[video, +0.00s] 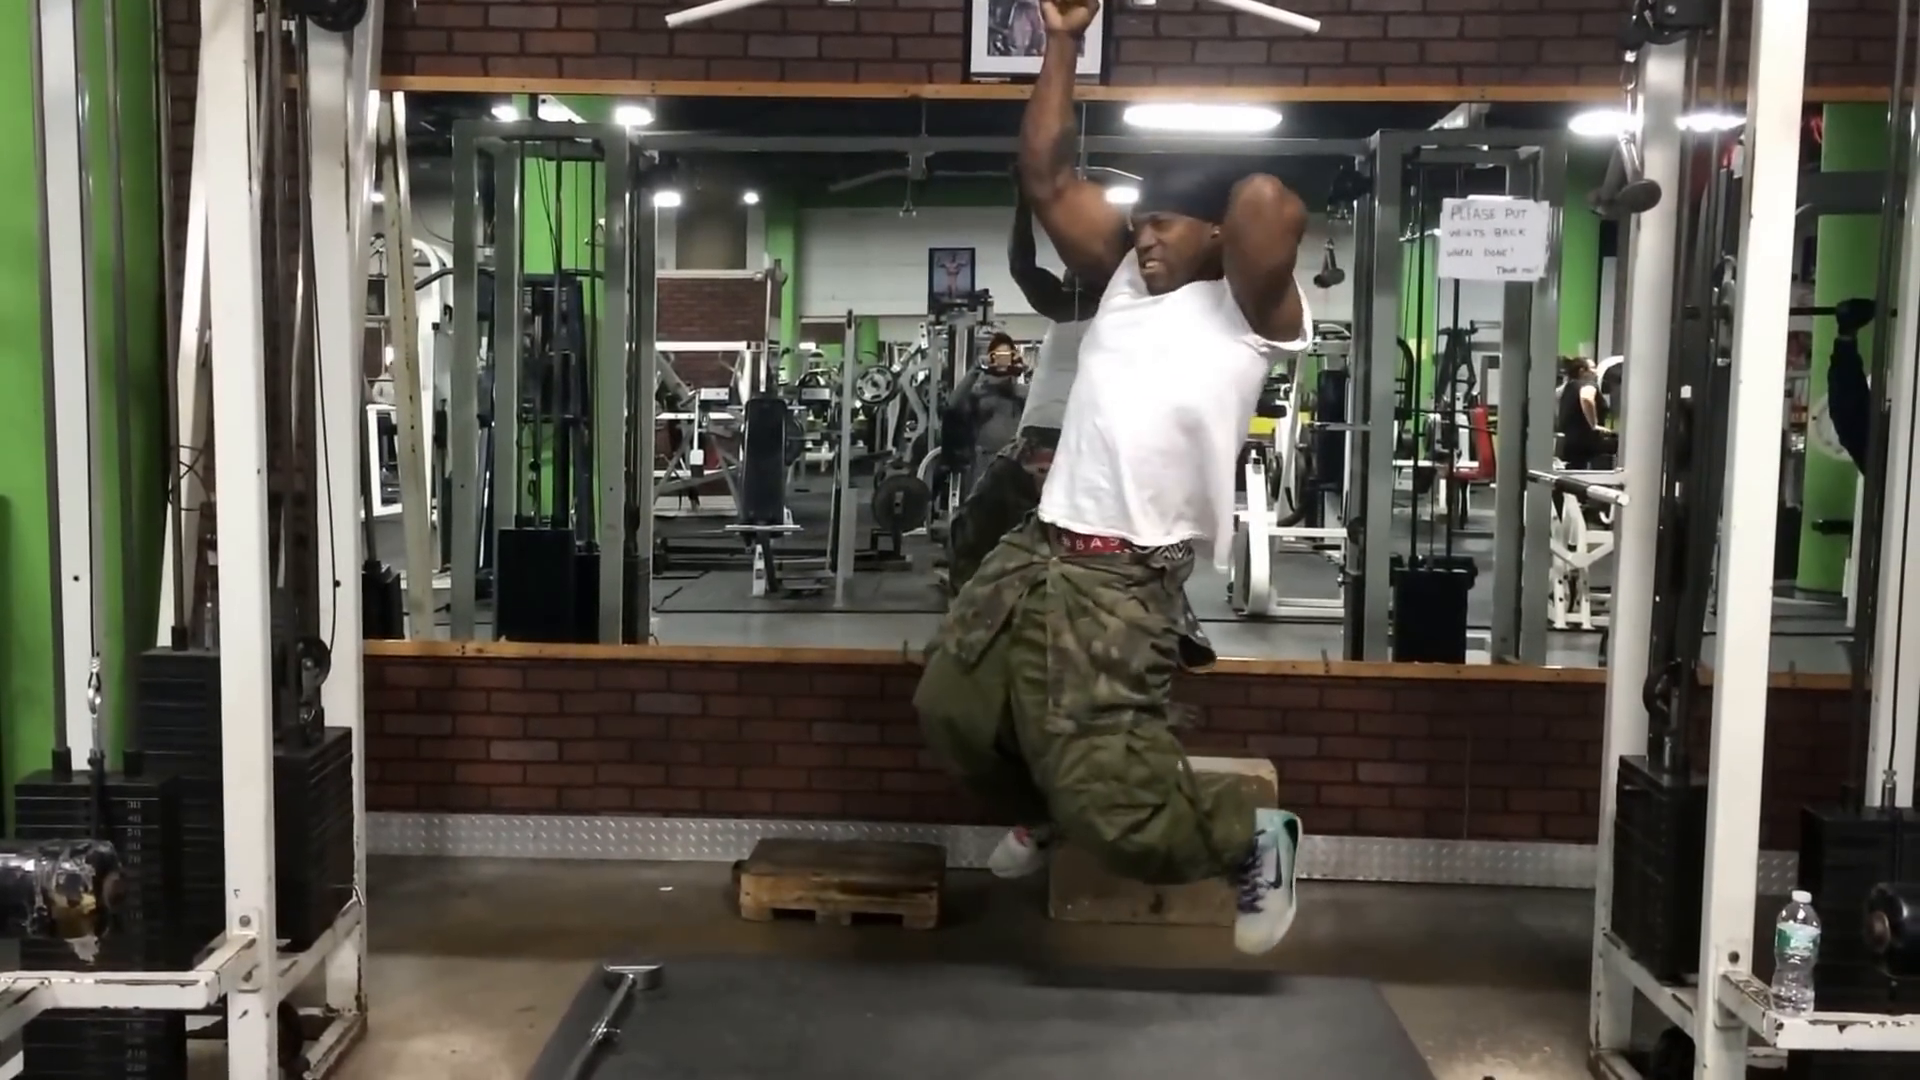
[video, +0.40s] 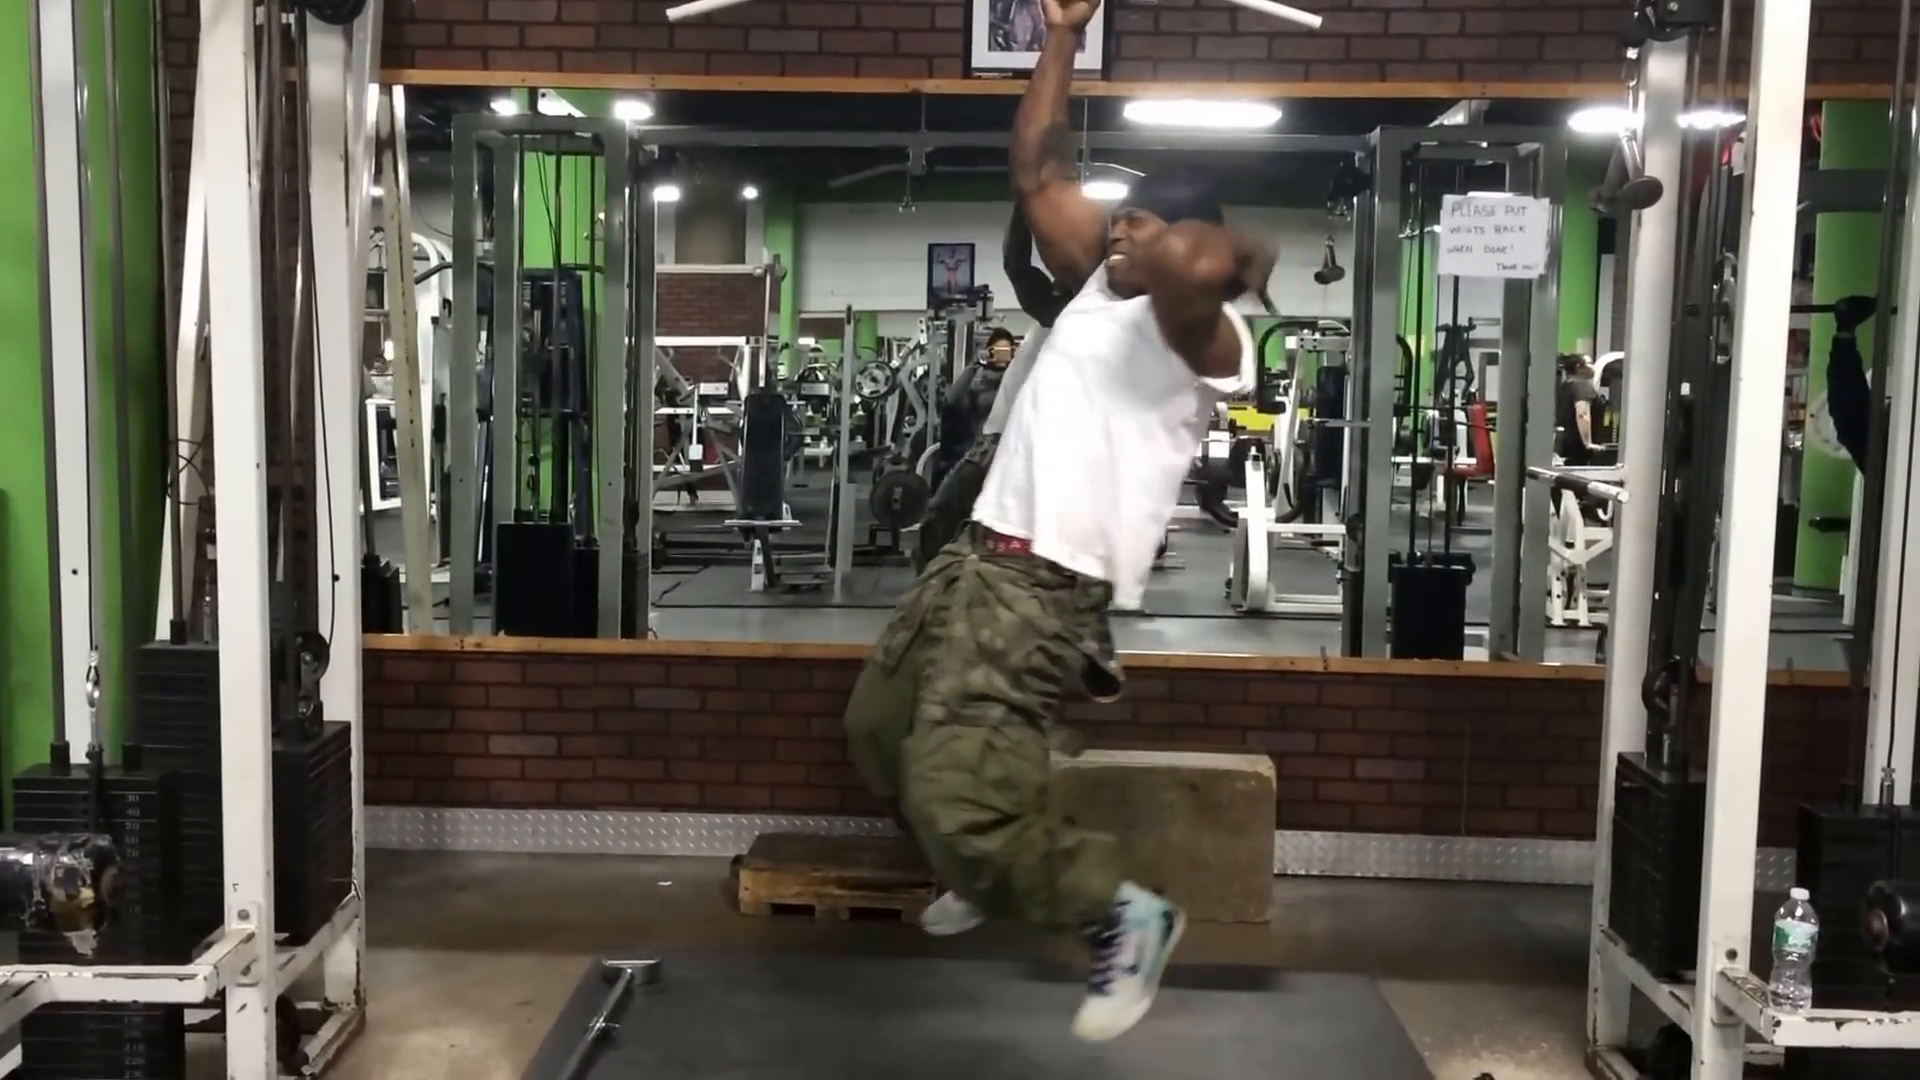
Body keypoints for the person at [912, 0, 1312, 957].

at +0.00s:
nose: (1144, 237)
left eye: (1162, 224)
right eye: (1142, 224)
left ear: (1215, 233)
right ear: (1142, 233)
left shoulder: (1248, 313)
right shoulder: (1117, 278)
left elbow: (1265, 198)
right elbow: (1045, 173)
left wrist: (1234, 254)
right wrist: (1061, 39)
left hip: (1125, 588)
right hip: (1035, 559)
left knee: (1103, 812)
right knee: (952, 707)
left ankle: (1254, 831)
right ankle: (1033, 820)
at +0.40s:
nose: (1132, 228)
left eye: (1156, 223)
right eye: (1136, 217)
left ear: (1205, 260)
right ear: (1129, 229)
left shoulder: (1210, 343)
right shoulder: (1098, 277)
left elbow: (1185, 303)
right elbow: (1038, 170)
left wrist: (1200, 262)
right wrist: (1061, 36)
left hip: (1045, 589)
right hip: (970, 561)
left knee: (954, 797)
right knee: (877, 730)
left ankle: (1121, 915)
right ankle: (992, 873)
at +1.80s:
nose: (1137, 194)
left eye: (1157, 188)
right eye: (1139, 186)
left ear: (1195, 207)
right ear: (1146, 213)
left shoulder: (1226, 274)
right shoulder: (1115, 255)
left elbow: (1278, 216)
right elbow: (1047, 158)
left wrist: (1243, 120)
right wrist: (1062, 26)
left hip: (1101, 556)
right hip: (1019, 521)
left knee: (1063, 768)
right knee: (925, 666)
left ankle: (1192, 802)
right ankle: (1011, 771)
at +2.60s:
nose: (1081, 204)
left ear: (1176, 216)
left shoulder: (1174, 278)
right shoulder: (1094, 268)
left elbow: (1197, 157)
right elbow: (1037, 145)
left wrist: (1213, 241)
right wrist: (1063, 19)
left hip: (1029, 561)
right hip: (962, 542)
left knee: (922, 769)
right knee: (861, 710)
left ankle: (1093, 895)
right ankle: (976, 862)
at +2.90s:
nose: (1079, 182)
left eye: (1089, 175)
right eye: (1074, 177)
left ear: (1141, 197)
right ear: (1083, 208)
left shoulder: (1153, 279)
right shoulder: (1081, 263)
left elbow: (1179, 144)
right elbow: (1032, 147)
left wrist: (1232, 156)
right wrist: (1058, 22)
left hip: (969, 549)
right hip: (929, 528)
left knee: (809, 737)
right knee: (829, 688)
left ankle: (959, 905)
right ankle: (932, 855)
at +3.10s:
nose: (1058, 176)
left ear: (1128, 199)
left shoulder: (1159, 281)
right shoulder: (1092, 279)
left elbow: (1112, 142)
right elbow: (1031, 151)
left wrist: (1155, 71)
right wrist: (1056, 26)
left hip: (977, 543)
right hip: (942, 518)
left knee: (788, 697)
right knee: (787, 638)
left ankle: (899, 881)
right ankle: (866, 825)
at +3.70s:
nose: (1059, 214)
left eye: (1064, 199)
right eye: (1053, 202)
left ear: (1150, 199)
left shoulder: (1206, 291)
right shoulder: (1098, 273)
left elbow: (1133, 185)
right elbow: (1054, 193)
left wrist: (1053, 75)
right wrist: (1037, 88)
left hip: (1075, 546)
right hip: (1015, 494)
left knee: (929, 712)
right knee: (845, 580)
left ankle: (1028, 842)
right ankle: (860, 720)